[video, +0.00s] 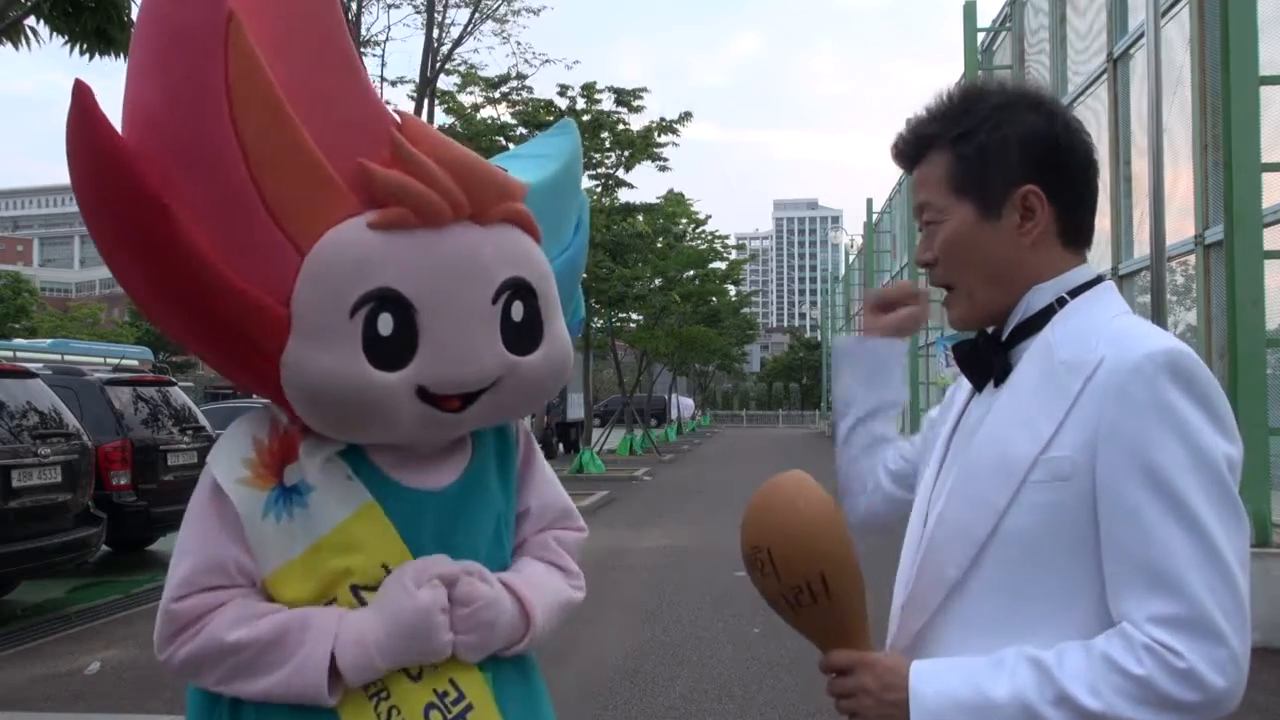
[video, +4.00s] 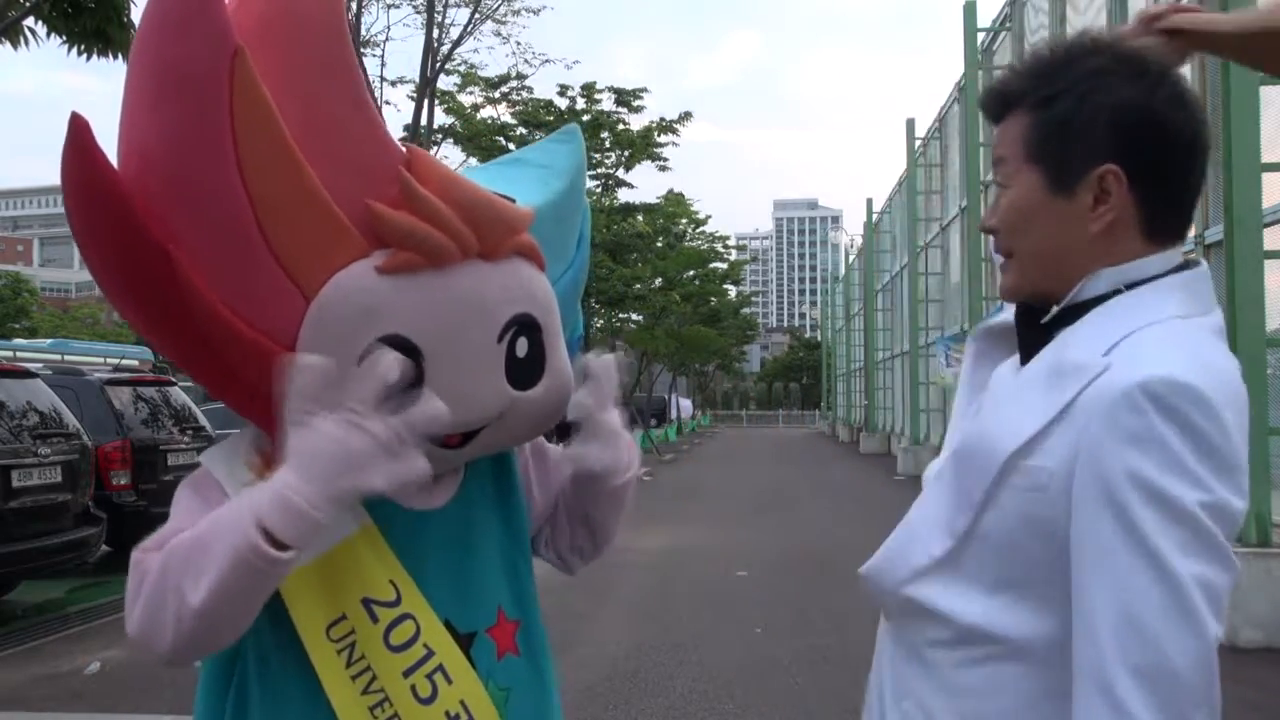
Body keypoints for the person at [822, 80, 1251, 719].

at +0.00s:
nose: (922, 255)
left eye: (933, 222)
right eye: (921, 228)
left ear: (1026, 213)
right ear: (1023, 217)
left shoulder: (1142, 371)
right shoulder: (988, 373)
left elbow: (1192, 663)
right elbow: (873, 500)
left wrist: (923, 692)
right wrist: (874, 346)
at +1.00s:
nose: (942, 225)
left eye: (962, 194)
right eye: (945, 201)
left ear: (1059, 203)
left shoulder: (1155, 375)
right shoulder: (965, 371)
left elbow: (1172, 665)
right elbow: (927, 572)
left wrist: (903, 672)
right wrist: (808, 592)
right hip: (915, 715)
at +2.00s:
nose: (960, 206)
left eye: (983, 173)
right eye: (971, 179)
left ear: (1074, 189)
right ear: (1073, 192)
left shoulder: (1157, 364)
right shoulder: (991, 362)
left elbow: (1099, 656)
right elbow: (951, 569)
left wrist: (851, 615)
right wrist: (839, 588)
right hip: (916, 703)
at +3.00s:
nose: (833, 251)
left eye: (845, 218)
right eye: (837, 222)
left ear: (928, 223)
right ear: (927, 226)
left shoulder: (1055, 374)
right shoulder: (911, 389)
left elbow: (1151, 673)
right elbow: (910, 598)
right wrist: (815, 659)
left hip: (1031, 711)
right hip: (927, 709)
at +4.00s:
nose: (986, 219)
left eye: (1002, 184)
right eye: (992, 187)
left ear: (1102, 198)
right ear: (1099, 200)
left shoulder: (1153, 385)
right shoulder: (1074, 337)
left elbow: (1145, 699)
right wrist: (1118, 71)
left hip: (989, 703)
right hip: (917, 691)